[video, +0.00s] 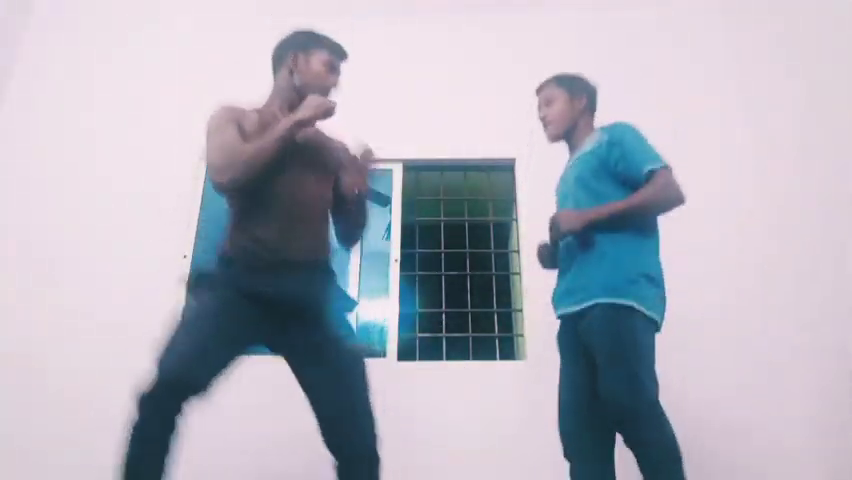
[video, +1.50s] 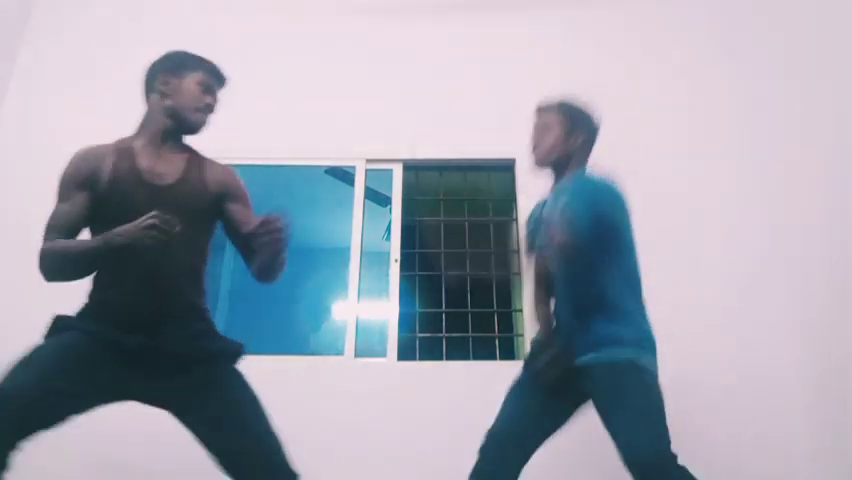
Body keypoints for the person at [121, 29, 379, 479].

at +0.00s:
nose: (336, 76)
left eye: (338, 69)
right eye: (329, 65)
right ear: (291, 64)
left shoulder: (333, 150)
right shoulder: (233, 120)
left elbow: (349, 235)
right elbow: (225, 174)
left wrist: (353, 196)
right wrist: (294, 122)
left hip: (309, 302)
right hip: (236, 295)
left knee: (358, 446)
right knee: (164, 394)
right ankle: (139, 477)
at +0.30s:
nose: (279, 71)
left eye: (282, 64)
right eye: (270, 58)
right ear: (231, 56)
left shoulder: (276, 148)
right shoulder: (162, 118)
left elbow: (296, 248)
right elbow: (109, 196)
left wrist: (284, 183)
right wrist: (195, 145)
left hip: (234, 306)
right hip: (149, 293)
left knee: (308, 446)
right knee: (60, 417)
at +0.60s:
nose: (316, 66)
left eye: (318, 58)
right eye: (308, 53)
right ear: (271, 52)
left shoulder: (311, 141)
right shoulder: (213, 111)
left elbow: (329, 235)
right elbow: (174, 180)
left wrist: (329, 188)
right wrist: (259, 142)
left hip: (289, 297)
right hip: (213, 289)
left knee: (358, 430)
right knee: (135, 389)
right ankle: (118, 476)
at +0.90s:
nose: (317, 68)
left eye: (321, 62)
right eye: (311, 55)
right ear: (273, 50)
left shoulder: (302, 139)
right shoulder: (204, 98)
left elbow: (312, 234)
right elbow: (145, 161)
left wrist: (312, 181)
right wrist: (232, 133)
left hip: (257, 278)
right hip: (180, 265)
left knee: (313, 422)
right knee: (97, 362)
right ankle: (61, 475)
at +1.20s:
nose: (249, 97)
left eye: (252, 90)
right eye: (240, 84)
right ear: (201, 81)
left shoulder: (243, 181)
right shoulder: (125, 142)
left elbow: (247, 282)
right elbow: (65, 227)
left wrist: (241, 251)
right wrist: (139, 194)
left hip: (183, 339)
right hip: (95, 322)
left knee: (261, 452)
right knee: (4, 417)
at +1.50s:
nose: (213, 101)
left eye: (215, 94)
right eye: (204, 87)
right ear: (164, 85)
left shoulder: (219, 179)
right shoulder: (93, 164)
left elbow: (265, 271)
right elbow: (52, 262)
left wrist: (273, 246)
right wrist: (120, 237)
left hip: (190, 354)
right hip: (99, 346)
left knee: (272, 473)